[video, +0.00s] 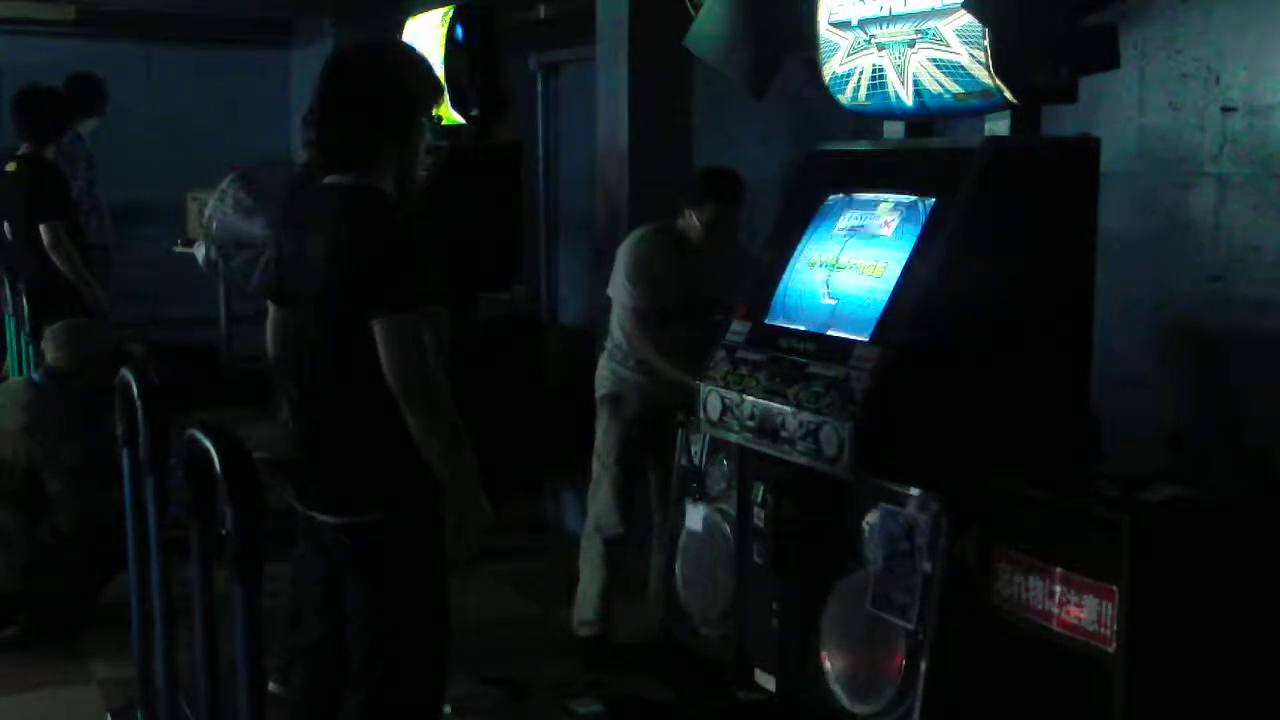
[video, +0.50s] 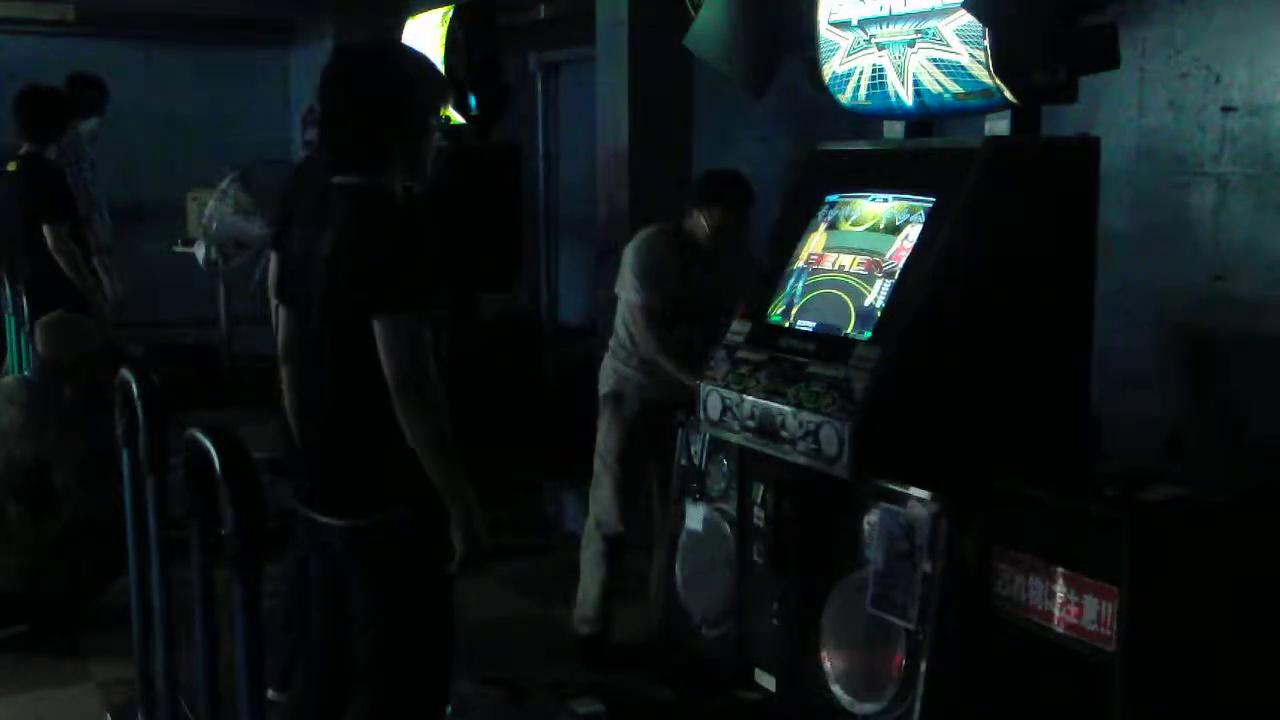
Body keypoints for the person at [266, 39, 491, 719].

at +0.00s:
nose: (428, 138)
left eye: (429, 119)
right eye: (422, 118)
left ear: (334, 114)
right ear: (395, 122)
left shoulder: (303, 205)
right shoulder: (389, 221)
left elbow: (278, 344)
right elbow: (408, 372)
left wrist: (314, 424)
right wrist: (461, 481)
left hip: (319, 469)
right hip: (386, 479)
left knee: (328, 644)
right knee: (402, 662)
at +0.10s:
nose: (431, 137)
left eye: (431, 119)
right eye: (423, 120)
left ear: (335, 116)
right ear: (394, 125)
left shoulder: (306, 203)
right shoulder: (391, 220)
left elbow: (276, 344)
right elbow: (408, 375)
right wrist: (456, 501)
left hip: (319, 474)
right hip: (385, 487)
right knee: (401, 666)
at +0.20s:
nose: (434, 138)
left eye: (433, 120)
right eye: (426, 121)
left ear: (337, 118)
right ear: (396, 126)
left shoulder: (306, 207)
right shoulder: (394, 223)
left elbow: (282, 350)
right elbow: (407, 381)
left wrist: (324, 428)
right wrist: (447, 508)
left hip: (320, 476)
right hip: (385, 488)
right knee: (398, 668)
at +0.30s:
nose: (436, 137)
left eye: (434, 119)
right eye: (427, 120)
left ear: (337, 120)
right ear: (398, 126)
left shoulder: (307, 209)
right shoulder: (397, 225)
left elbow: (285, 352)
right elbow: (406, 381)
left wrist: (322, 422)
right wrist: (446, 509)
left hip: (320, 473)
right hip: (387, 487)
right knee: (399, 669)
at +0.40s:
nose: (437, 136)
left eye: (435, 118)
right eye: (428, 119)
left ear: (338, 119)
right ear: (399, 126)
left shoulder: (306, 208)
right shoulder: (399, 224)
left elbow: (286, 347)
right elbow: (407, 381)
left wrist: (310, 439)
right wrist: (450, 506)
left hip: (323, 476)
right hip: (389, 489)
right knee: (403, 668)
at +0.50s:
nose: (436, 136)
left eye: (436, 118)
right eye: (429, 118)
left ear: (338, 115)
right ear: (399, 122)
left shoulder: (304, 203)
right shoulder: (397, 218)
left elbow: (288, 344)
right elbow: (407, 377)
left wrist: (304, 446)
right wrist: (458, 498)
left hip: (322, 473)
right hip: (391, 484)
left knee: (328, 659)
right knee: (406, 670)